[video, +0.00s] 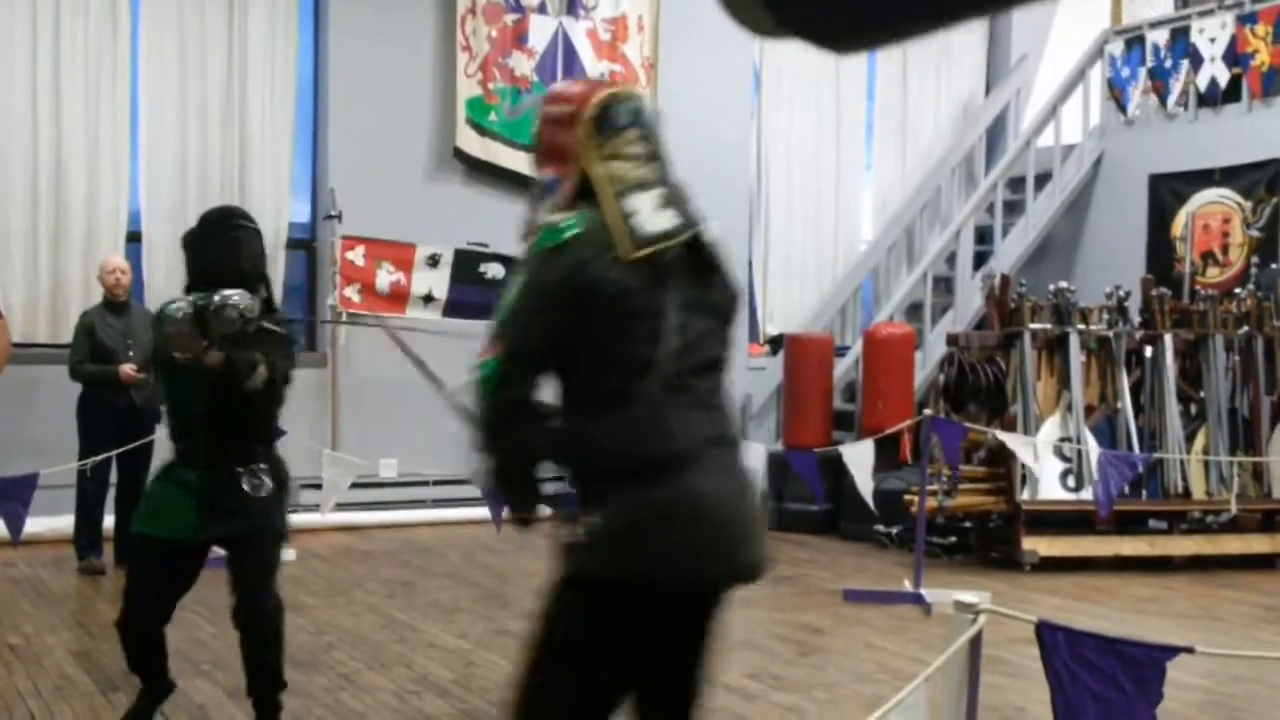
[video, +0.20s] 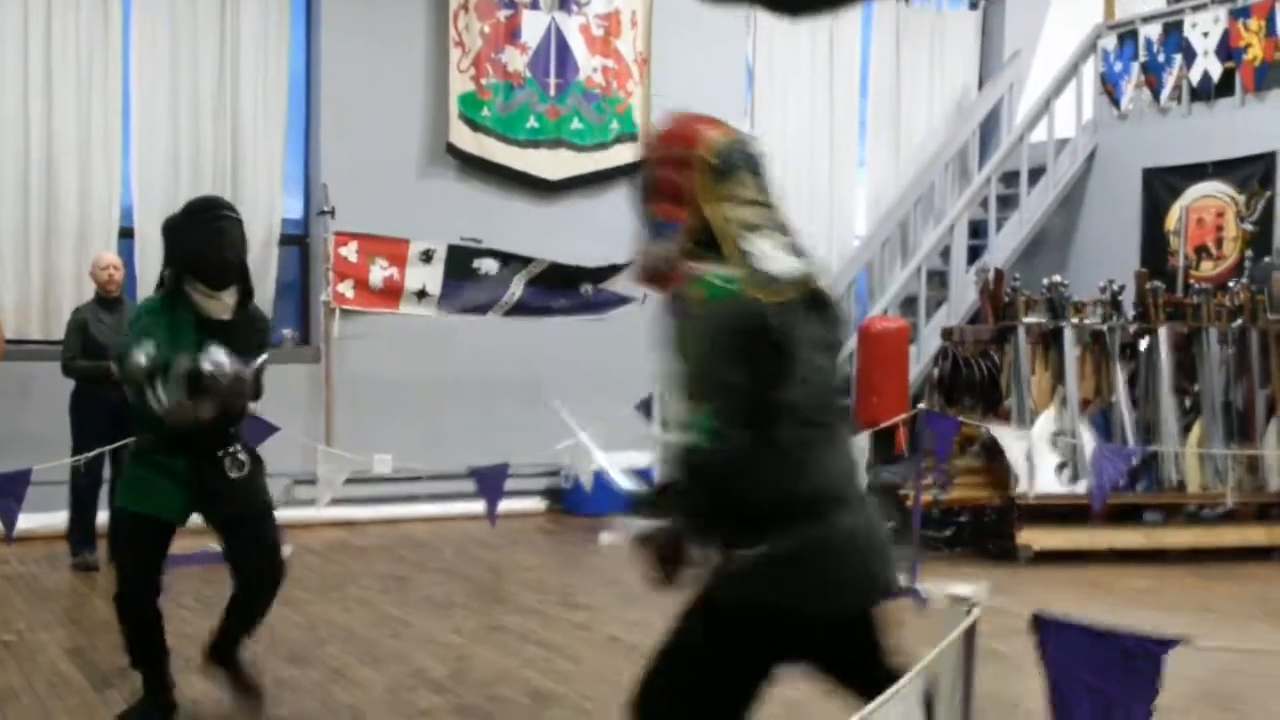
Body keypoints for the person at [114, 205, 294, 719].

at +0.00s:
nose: (220, 279)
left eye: (229, 267)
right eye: (209, 265)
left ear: (249, 268)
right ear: (196, 268)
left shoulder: (270, 337)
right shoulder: (177, 323)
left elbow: (263, 393)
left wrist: (225, 357)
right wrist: (189, 341)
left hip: (254, 480)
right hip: (187, 481)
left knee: (257, 605)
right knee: (140, 609)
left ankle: (267, 708)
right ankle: (155, 684)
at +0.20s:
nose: (223, 273)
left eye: (231, 261)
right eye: (211, 262)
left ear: (241, 260)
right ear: (183, 261)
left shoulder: (248, 322)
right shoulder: (155, 316)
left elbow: (253, 387)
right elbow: (136, 374)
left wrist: (232, 385)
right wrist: (169, 385)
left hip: (224, 458)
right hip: (156, 460)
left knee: (264, 569)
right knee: (134, 589)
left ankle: (224, 650)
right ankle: (157, 693)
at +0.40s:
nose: (222, 264)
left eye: (226, 253)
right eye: (212, 254)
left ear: (231, 261)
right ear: (184, 260)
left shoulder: (238, 329)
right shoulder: (152, 326)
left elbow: (253, 395)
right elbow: (149, 397)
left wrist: (255, 427)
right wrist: (203, 437)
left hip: (216, 461)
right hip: (155, 460)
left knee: (237, 551)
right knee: (137, 561)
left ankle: (201, 609)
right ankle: (152, 683)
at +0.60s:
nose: (246, 262)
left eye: (244, 253)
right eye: (237, 254)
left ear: (209, 264)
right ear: (212, 263)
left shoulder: (232, 323)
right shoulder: (179, 331)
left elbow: (236, 394)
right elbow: (204, 413)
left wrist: (257, 447)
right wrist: (255, 455)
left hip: (213, 452)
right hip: (171, 455)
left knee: (215, 548)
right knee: (186, 549)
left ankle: (175, 628)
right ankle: (176, 664)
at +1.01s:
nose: (268, 257)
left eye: (266, 247)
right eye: (261, 248)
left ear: (218, 254)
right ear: (242, 256)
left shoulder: (199, 302)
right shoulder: (225, 320)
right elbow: (237, 397)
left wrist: (243, 439)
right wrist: (250, 445)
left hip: (173, 444)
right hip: (197, 448)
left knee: (153, 541)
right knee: (260, 523)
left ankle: (123, 630)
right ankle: (248, 628)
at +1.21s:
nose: (294, 270)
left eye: (292, 260)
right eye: (287, 261)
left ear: (250, 269)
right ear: (266, 269)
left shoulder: (245, 320)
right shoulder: (244, 331)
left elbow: (251, 401)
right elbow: (258, 411)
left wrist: (277, 453)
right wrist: (285, 460)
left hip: (203, 458)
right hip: (220, 462)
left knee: (161, 543)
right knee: (281, 531)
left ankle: (104, 627)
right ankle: (318, 635)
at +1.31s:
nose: (325, 279)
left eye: (322, 269)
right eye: (319, 270)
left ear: (278, 275)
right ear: (303, 277)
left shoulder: (274, 329)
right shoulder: (276, 340)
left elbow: (281, 417)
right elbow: (288, 422)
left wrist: (313, 464)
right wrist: (326, 477)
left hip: (242, 465)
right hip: (251, 468)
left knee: (197, 544)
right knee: (311, 536)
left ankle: (114, 614)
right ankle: (319, 642)